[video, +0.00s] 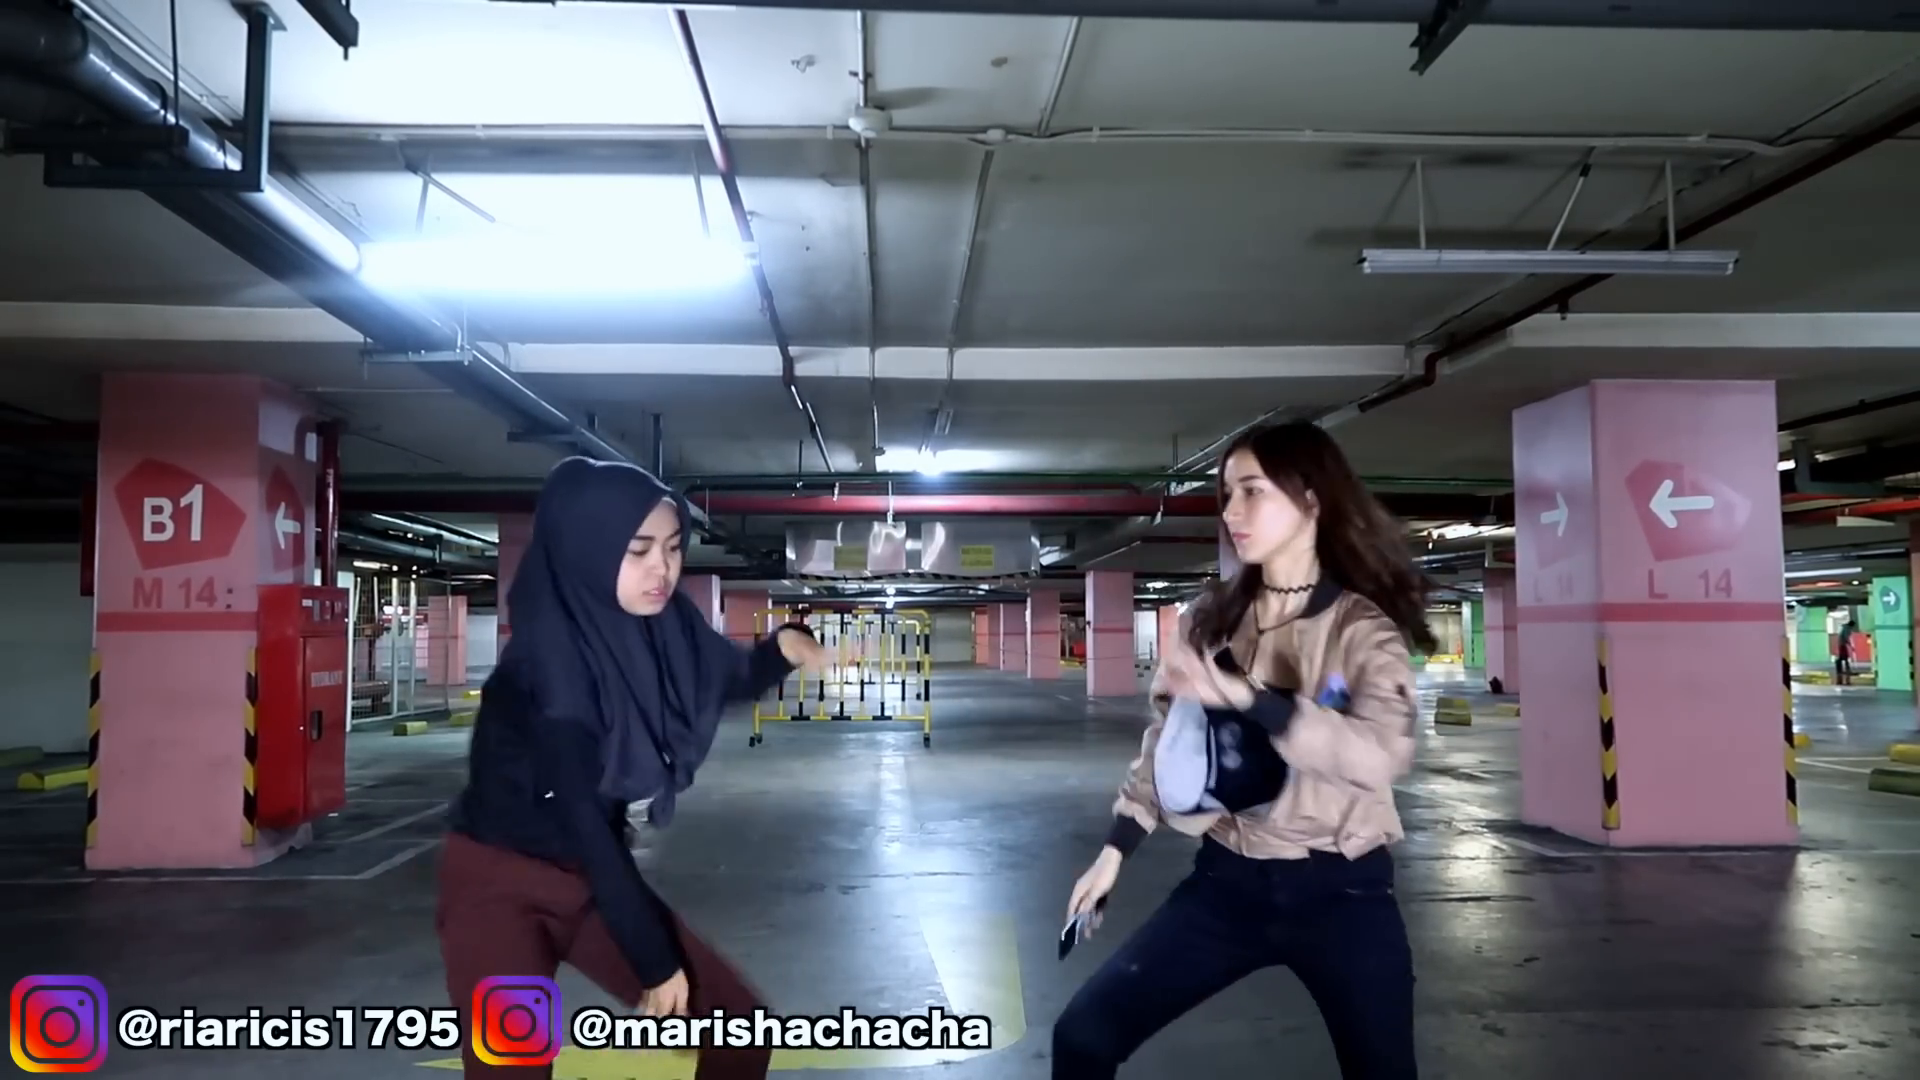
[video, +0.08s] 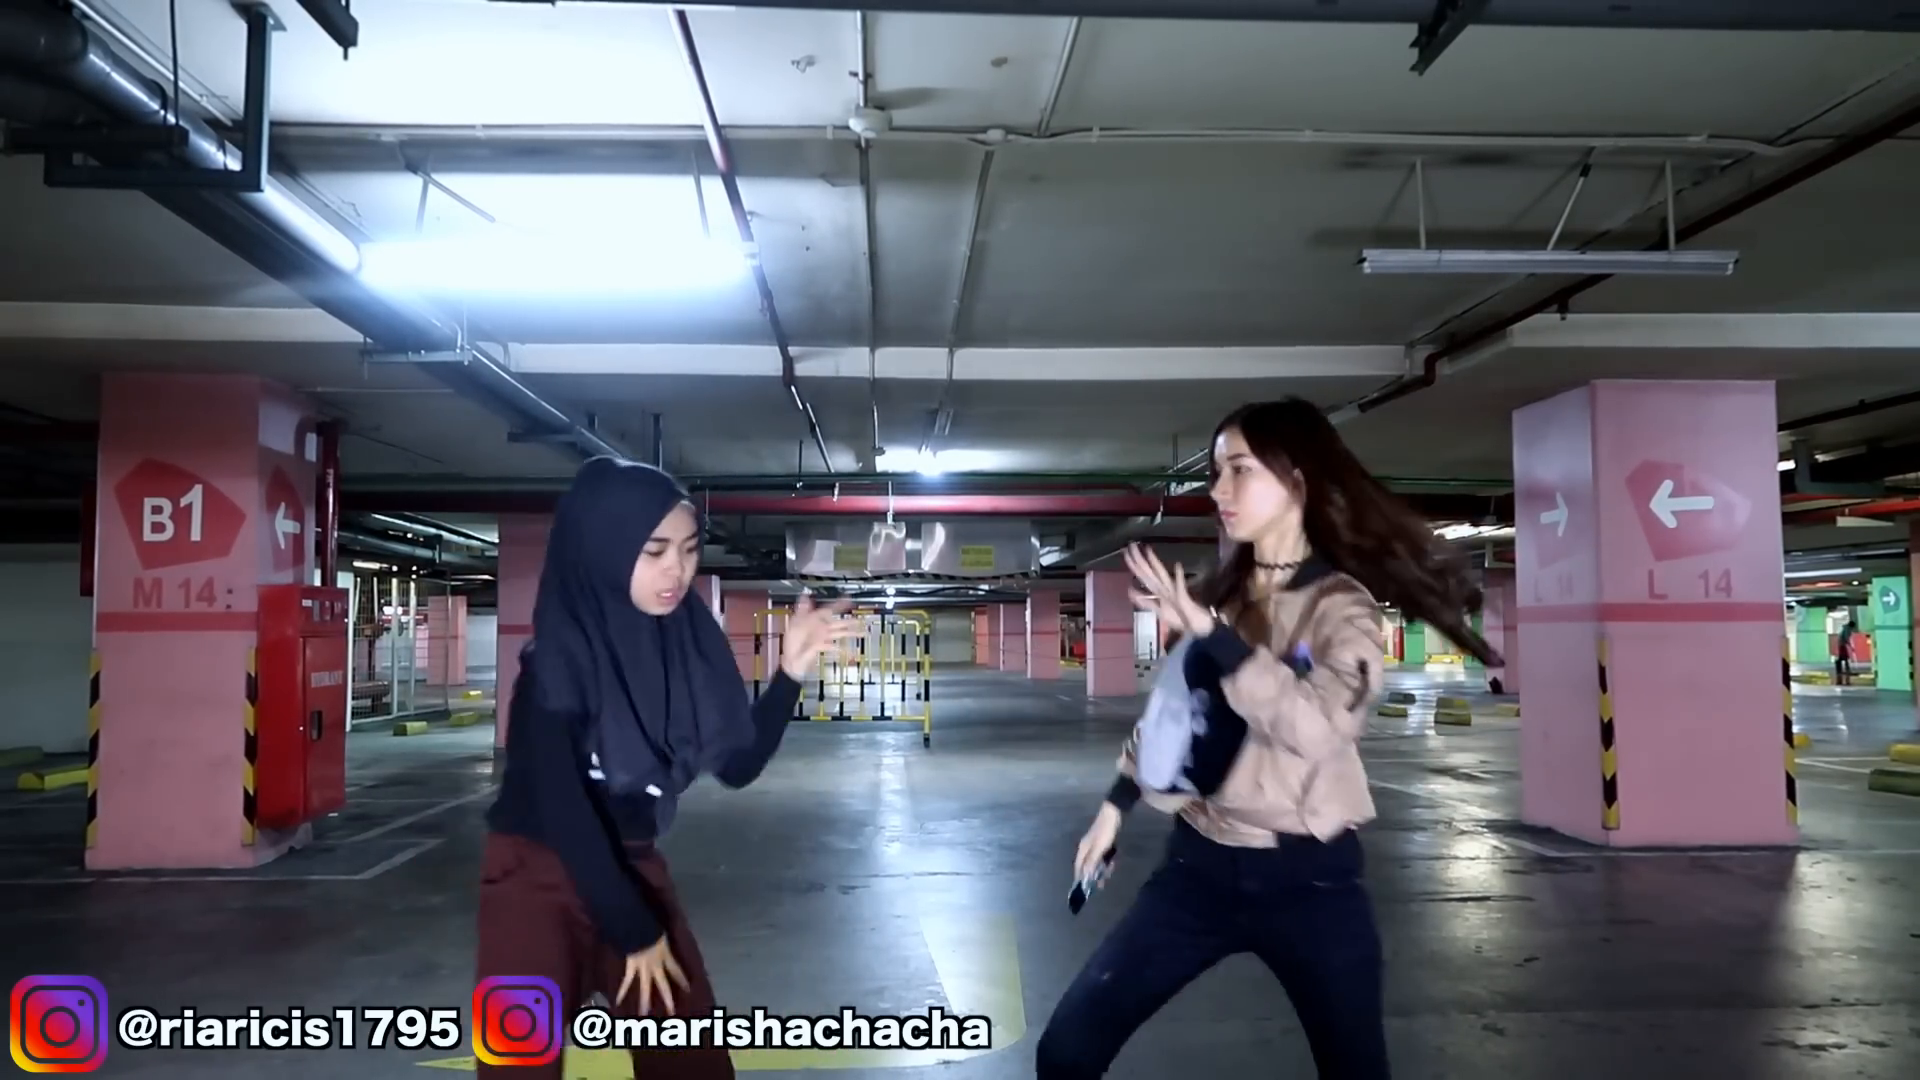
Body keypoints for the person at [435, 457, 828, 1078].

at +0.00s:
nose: (664, 569)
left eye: (672, 547)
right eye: (640, 550)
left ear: (683, 545)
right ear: (587, 551)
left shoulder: (664, 631)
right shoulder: (550, 658)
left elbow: (732, 676)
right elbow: (588, 823)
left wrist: (778, 651)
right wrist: (658, 963)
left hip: (593, 882)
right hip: (498, 887)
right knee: (514, 1061)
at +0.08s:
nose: (679, 571)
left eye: (689, 548)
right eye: (655, 550)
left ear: (700, 548)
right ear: (602, 551)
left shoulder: (688, 644)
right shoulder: (559, 659)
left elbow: (736, 763)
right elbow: (563, 806)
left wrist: (790, 672)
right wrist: (635, 928)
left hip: (632, 861)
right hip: (539, 864)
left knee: (695, 1059)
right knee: (524, 1060)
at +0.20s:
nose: (731, 538)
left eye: (743, 516)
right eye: (708, 519)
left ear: (753, 514)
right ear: (659, 517)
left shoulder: (733, 607)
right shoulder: (586, 571)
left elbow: (714, 735)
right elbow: (523, 684)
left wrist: (744, 826)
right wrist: (596, 786)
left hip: (655, 809)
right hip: (552, 801)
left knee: (675, 1029)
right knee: (571, 1025)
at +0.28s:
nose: (761, 530)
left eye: (772, 509)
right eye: (738, 510)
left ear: (783, 509)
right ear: (688, 505)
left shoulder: (752, 624)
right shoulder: (615, 540)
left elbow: (694, 753)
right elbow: (512, 618)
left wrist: (693, 873)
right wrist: (536, 724)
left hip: (650, 809)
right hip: (550, 782)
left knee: (670, 1004)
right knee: (619, 943)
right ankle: (532, 1060)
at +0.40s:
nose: (775, 564)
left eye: (784, 544)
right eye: (754, 542)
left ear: (792, 549)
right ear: (704, 542)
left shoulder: (766, 663)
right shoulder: (624, 577)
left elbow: (707, 798)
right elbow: (535, 592)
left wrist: (685, 939)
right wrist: (495, 695)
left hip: (658, 840)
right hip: (552, 813)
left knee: (679, 1058)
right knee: (650, 866)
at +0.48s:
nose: (780, 548)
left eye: (788, 529)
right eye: (759, 526)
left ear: (794, 533)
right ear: (708, 524)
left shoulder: (759, 653)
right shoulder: (626, 561)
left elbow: (713, 785)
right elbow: (544, 567)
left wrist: (696, 919)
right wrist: (528, 680)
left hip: (659, 826)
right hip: (554, 799)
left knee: (653, 1037)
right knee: (648, 892)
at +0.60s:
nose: (777, 552)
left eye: (785, 532)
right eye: (756, 529)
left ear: (791, 537)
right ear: (704, 527)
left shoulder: (762, 659)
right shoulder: (624, 555)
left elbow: (757, 810)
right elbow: (541, 537)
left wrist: (787, 937)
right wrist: (526, 643)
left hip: (655, 845)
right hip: (555, 822)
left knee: (641, 1040)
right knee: (636, 1035)